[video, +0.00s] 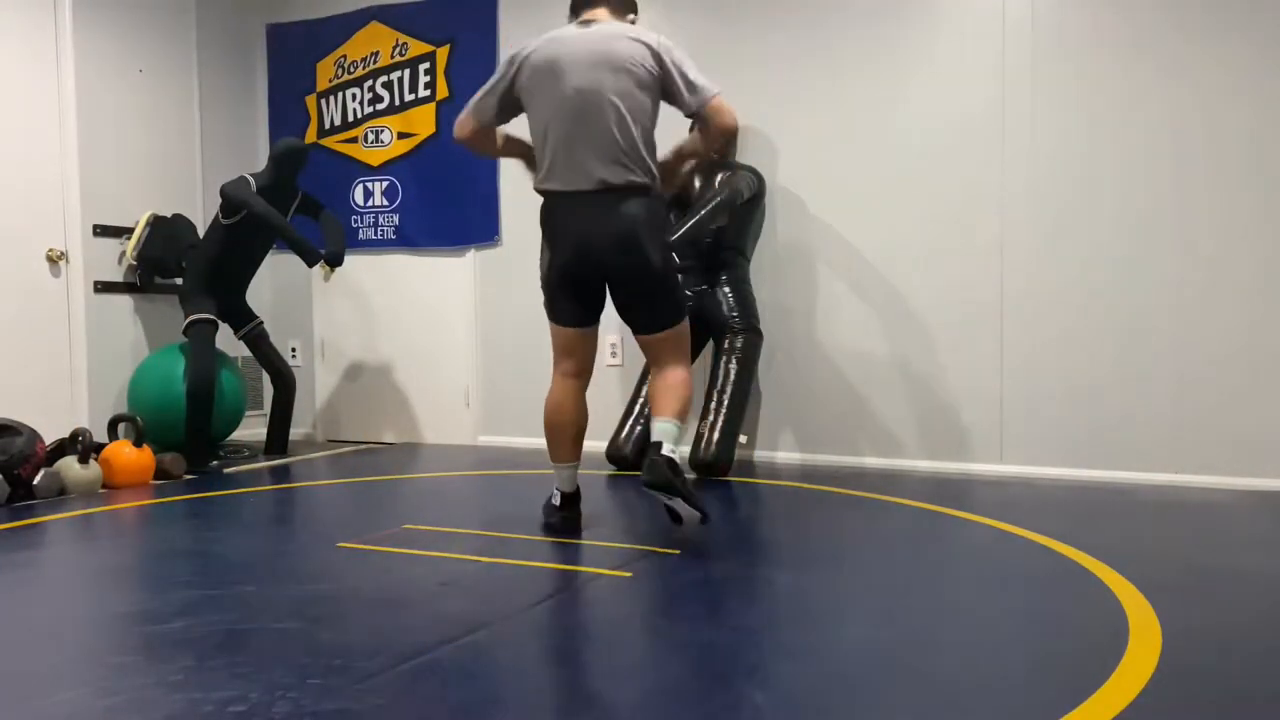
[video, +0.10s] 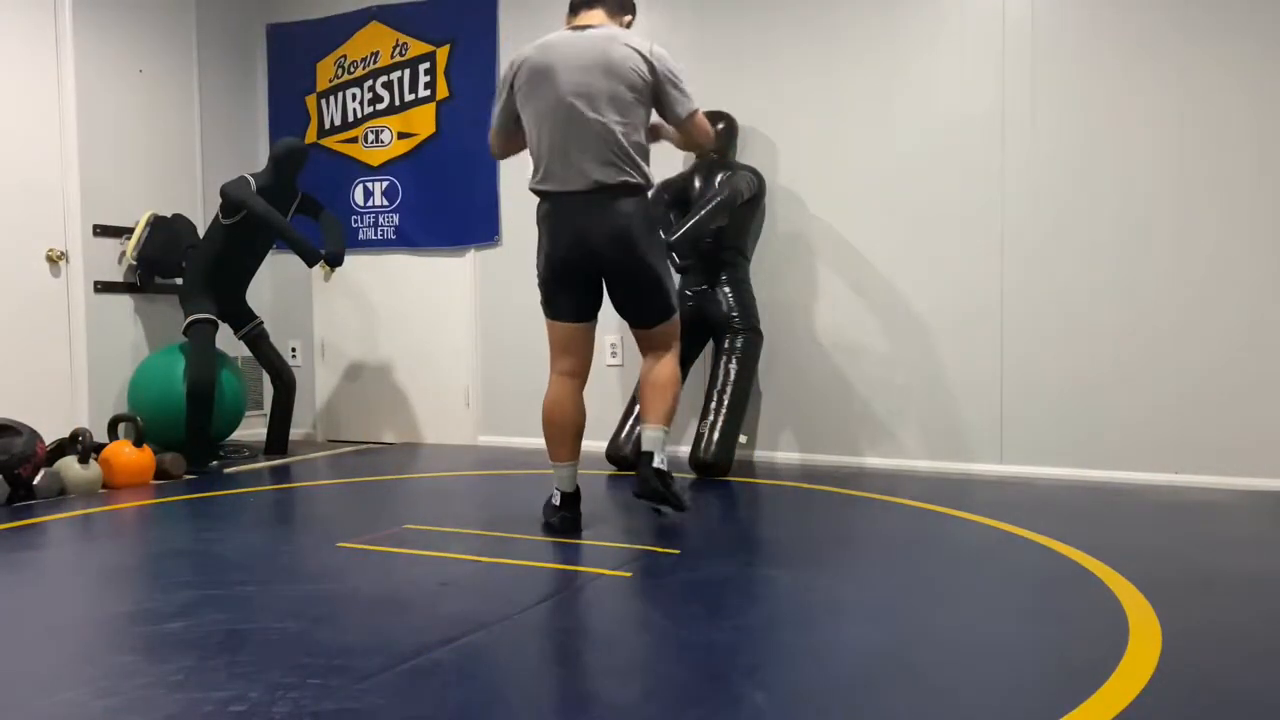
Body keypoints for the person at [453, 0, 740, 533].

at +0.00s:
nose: (635, 20)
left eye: (632, 18)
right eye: (635, 15)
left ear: (575, 11)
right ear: (626, 11)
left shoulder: (531, 53)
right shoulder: (647, 45)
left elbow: (467, 131)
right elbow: (723, 122)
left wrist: (523, 149)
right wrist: (685, 159)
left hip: (564, 224)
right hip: (634, 221)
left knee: (569, 369)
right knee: (667, 356)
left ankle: (564, 501)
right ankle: (665, 452)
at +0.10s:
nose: (629, 27)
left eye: (626, 22)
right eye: (629, 20)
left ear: (572, 12)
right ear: (623, 15)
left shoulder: (527, 60)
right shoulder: (641, 54)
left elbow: (500, 146)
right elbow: (702, 138)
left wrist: (551, 119)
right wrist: (662, 128)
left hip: (560, 225)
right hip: (628, 222)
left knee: (566, 370)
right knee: (661, 349)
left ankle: (564, 499)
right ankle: (652, 462)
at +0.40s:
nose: (633, 47)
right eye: (636, 40)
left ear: (581, 33)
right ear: (634, 40)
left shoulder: (545, 78)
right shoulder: (652, 83)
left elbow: (562, 141)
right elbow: (704, 162)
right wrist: (663, 175)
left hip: (569, 236)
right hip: (630, 234)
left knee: (570, 368)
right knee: (644, 364)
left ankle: (566, 497)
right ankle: (655, 466)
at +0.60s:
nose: (602, 49)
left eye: (599, 42)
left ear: (599, 41)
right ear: (650, 47)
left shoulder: (571, 83)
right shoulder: (674, 94)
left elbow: (594, 146)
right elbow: (711, 176)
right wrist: (671, 191)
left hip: (589, 238)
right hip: (649, 238)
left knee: (575, 362)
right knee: (655, 361)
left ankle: (572, 449)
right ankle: (661, 474)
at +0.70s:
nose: (605, 50)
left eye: (603, 43)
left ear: (605, 44)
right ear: (655, 45)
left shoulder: (578, 82)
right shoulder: (681, 94)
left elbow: (616, 74)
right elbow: (713, 174)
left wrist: (641, 26)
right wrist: (672, 174)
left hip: (595, 237)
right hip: (655, 238)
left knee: (575, 350)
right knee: (658, 359)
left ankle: (580, 432)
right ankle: (661, 472)